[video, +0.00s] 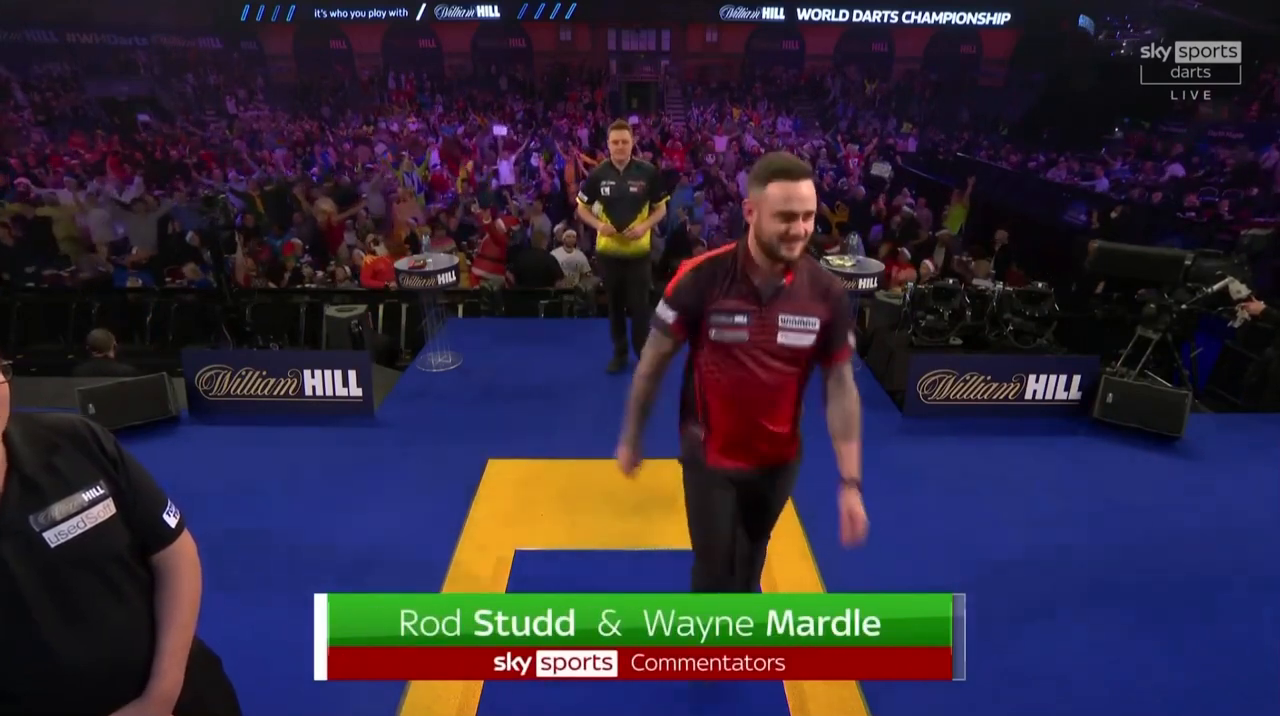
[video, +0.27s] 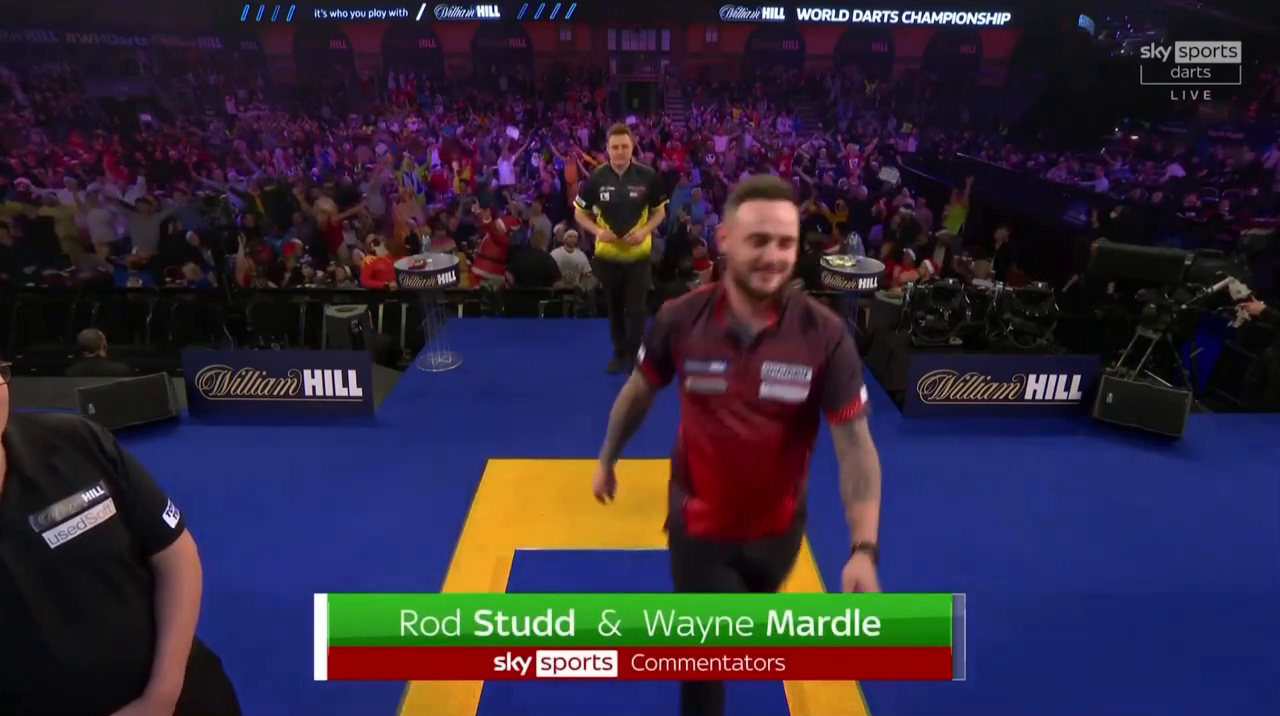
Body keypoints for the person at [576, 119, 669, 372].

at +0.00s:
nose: (619, 147)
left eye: (624, 142)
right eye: (614, 142)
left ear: (632, 143)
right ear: (608, 145)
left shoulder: (649, 173)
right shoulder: (598, 174)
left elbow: (661, 207)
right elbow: (581, 208)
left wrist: (644, 225)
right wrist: (598, 224)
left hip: (638, 251)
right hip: (609, 252)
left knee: (640, 306)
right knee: (615, 307)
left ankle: (642, 354)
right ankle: (619, 354)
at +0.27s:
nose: (619, 152)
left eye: (624, 147)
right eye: (615, 147)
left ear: (632, 148)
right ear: (607, 149)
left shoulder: (648, 176)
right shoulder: (597, 178)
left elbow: (660, 210)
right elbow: (579, 212)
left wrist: (644, 230)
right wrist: (597, 230)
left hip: (637, 253)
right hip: (608, 254)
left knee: (636, 308)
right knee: (614, 308)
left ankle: (632, 357)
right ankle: (619, 354)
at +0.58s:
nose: (628, 162)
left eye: (632, 157)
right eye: (623, 157)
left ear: (640, 157)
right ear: (614, 157)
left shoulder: (655, 186)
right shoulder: (600, 186)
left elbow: (664, 222)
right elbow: (582, 221)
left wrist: (648, 243)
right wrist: (604, 242)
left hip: (641, 262)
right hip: (611, 261)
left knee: (638, 314)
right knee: (615, 313)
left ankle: (636, 359)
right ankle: (617, 354)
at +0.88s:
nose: (632, 174)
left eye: (636, 168)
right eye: (626, 168)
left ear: (645, 163)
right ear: (618, 164)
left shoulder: (663, 191)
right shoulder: (605, 191)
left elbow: (675, 229)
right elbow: (586, 228)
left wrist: (654, 250)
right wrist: (611, 251)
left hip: (647, 276)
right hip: (612, 275)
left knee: (643, 337)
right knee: (610, 337)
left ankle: (641, 389)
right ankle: (615, 388)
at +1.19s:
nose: (621, 190)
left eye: (626, 183)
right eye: (616, 184)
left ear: (636, 176)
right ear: (606, 179)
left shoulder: (656, 202)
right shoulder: (594, 207)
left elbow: (670, 244)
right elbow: (575, 248)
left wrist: (647, 267)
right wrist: (607, 272)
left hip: (642, 292)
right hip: (606, 293)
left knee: (640, 350)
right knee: (607, 367)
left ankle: (640, 391)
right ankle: (603, 440)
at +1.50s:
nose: (615, 199)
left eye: (620, 193)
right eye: (609, 193)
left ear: (630, 181)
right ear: (599, 183)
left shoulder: (649, 204)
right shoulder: (584, 209)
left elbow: (658, 245)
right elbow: (557, 255)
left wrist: (646, 280)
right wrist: (579, 297)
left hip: (634, 310)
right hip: (596, 313)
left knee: (636, 380)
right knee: (599, 385)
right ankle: (604, 449)